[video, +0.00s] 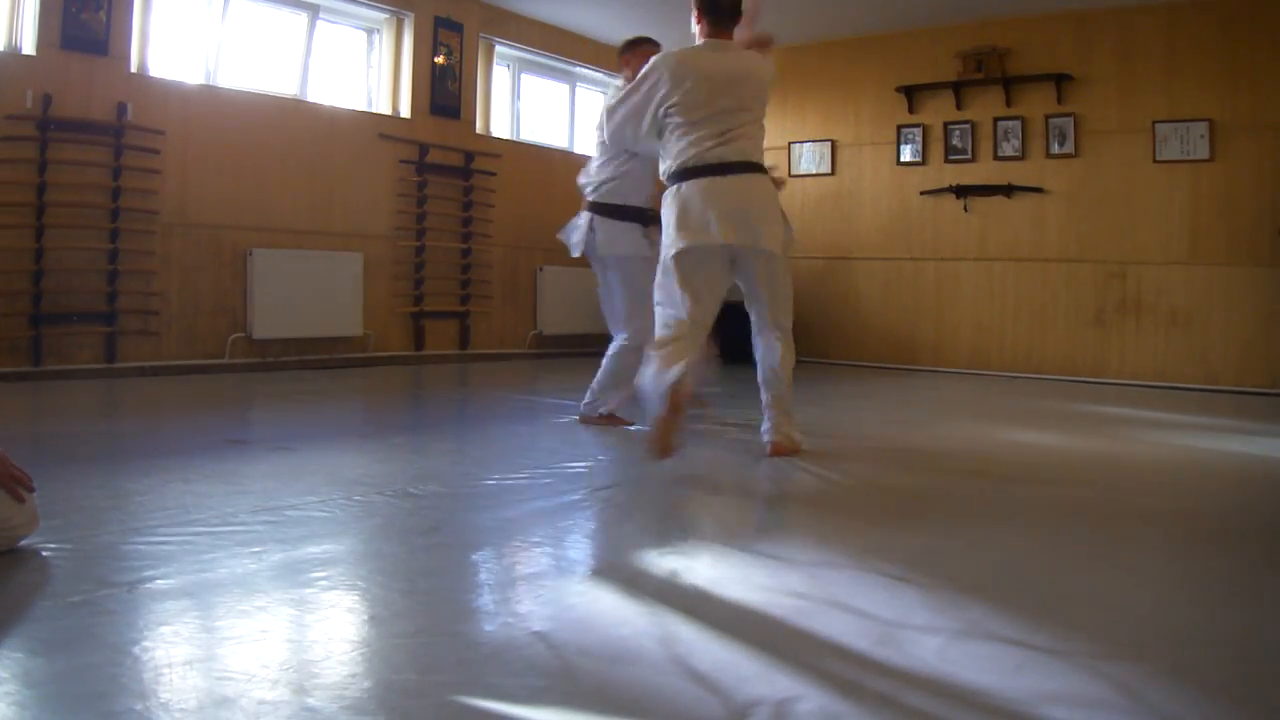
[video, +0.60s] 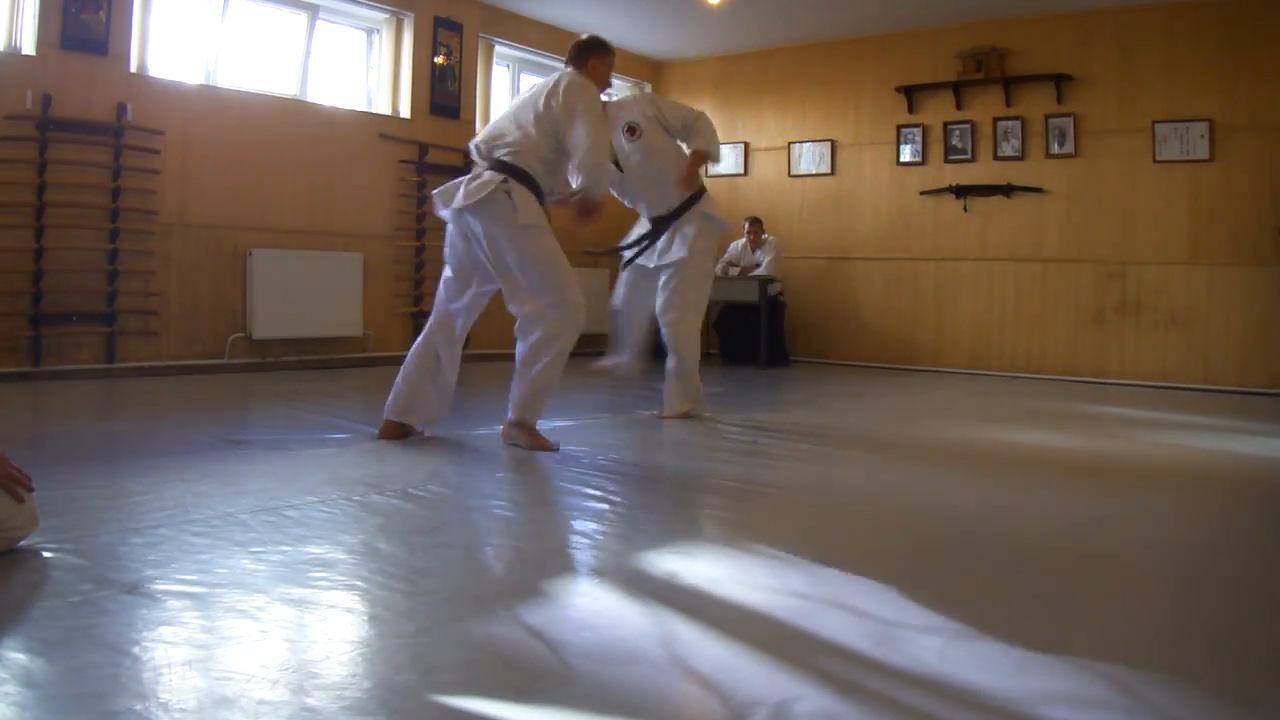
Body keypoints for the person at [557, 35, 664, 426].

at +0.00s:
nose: (653, 69)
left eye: (656, 62)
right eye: (646, 62)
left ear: (647, 65)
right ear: (628, 64)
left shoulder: (627, 102)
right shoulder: (627, 103)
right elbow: (666, 145)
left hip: (616, 223)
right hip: (616, 225)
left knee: (638, 324)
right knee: (636, 328)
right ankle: (597, 406)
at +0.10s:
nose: (640, 62)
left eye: (639, 55)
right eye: (633, 54)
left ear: (606, 58)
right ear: (609, 56)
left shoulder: (588, 93)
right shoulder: (608, 94)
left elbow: (566, 169)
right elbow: (654, 140)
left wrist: (629, 215)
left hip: (581, 217)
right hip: (595, 220)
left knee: (605, 311)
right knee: (624, 319)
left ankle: (547, 356)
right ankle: (603, 409)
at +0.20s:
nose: (615, 60)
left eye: (615, 52)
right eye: (611, 52)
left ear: (582, 52)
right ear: (590, 51)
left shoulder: (557, 83)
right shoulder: (601, 90)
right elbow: (632, 144)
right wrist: (653, 173)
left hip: (537, 213)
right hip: (573, 218)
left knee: (527, 310)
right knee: (604, 316)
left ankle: (447, 366)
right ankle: (596, 408)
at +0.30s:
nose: (598, 67)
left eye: (597, 59)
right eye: (595, 59)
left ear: (560, 56)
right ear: (580, 57)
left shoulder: (529, 87)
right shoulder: (583, 100)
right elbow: (598, 180)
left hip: (491, 211)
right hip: (532, 220)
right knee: (586, 310)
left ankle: (399, 406)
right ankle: (586, 402)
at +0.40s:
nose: (590, 85)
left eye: (591, 77)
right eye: (589, 75)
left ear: (552, 68)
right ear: (573, 70)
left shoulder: (517, 91)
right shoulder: (571, 110)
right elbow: (568, 193)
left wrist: (618, 162)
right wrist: (556, 208)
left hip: (460, 210)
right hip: (505, 217)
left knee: (446, 327)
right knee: (579, 305)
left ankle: (396, 414)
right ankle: (545, 393)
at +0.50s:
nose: (601, 88)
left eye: (603, 80)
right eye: (600, 78)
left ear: (560, 71)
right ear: (582, 72)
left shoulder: (521, 92)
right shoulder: (572, 104)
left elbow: (475, 145)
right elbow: (563, 186)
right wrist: (544, 220)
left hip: (457, 207)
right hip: (496, 210)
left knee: (450, 325)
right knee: (567, 302)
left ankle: (399, 419)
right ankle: (515, 397)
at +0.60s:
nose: (609, 80)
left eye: (610, 72)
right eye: (607, 70)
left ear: (573, 61)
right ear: (592, 63)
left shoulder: (543, 90)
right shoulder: (579, 87)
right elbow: (591, 151)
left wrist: (561, 189)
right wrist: (592, 195)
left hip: (469, 197)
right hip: (506, 199)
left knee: (450, 313)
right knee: (559, 309)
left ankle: (398, 416)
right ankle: (521, 421)